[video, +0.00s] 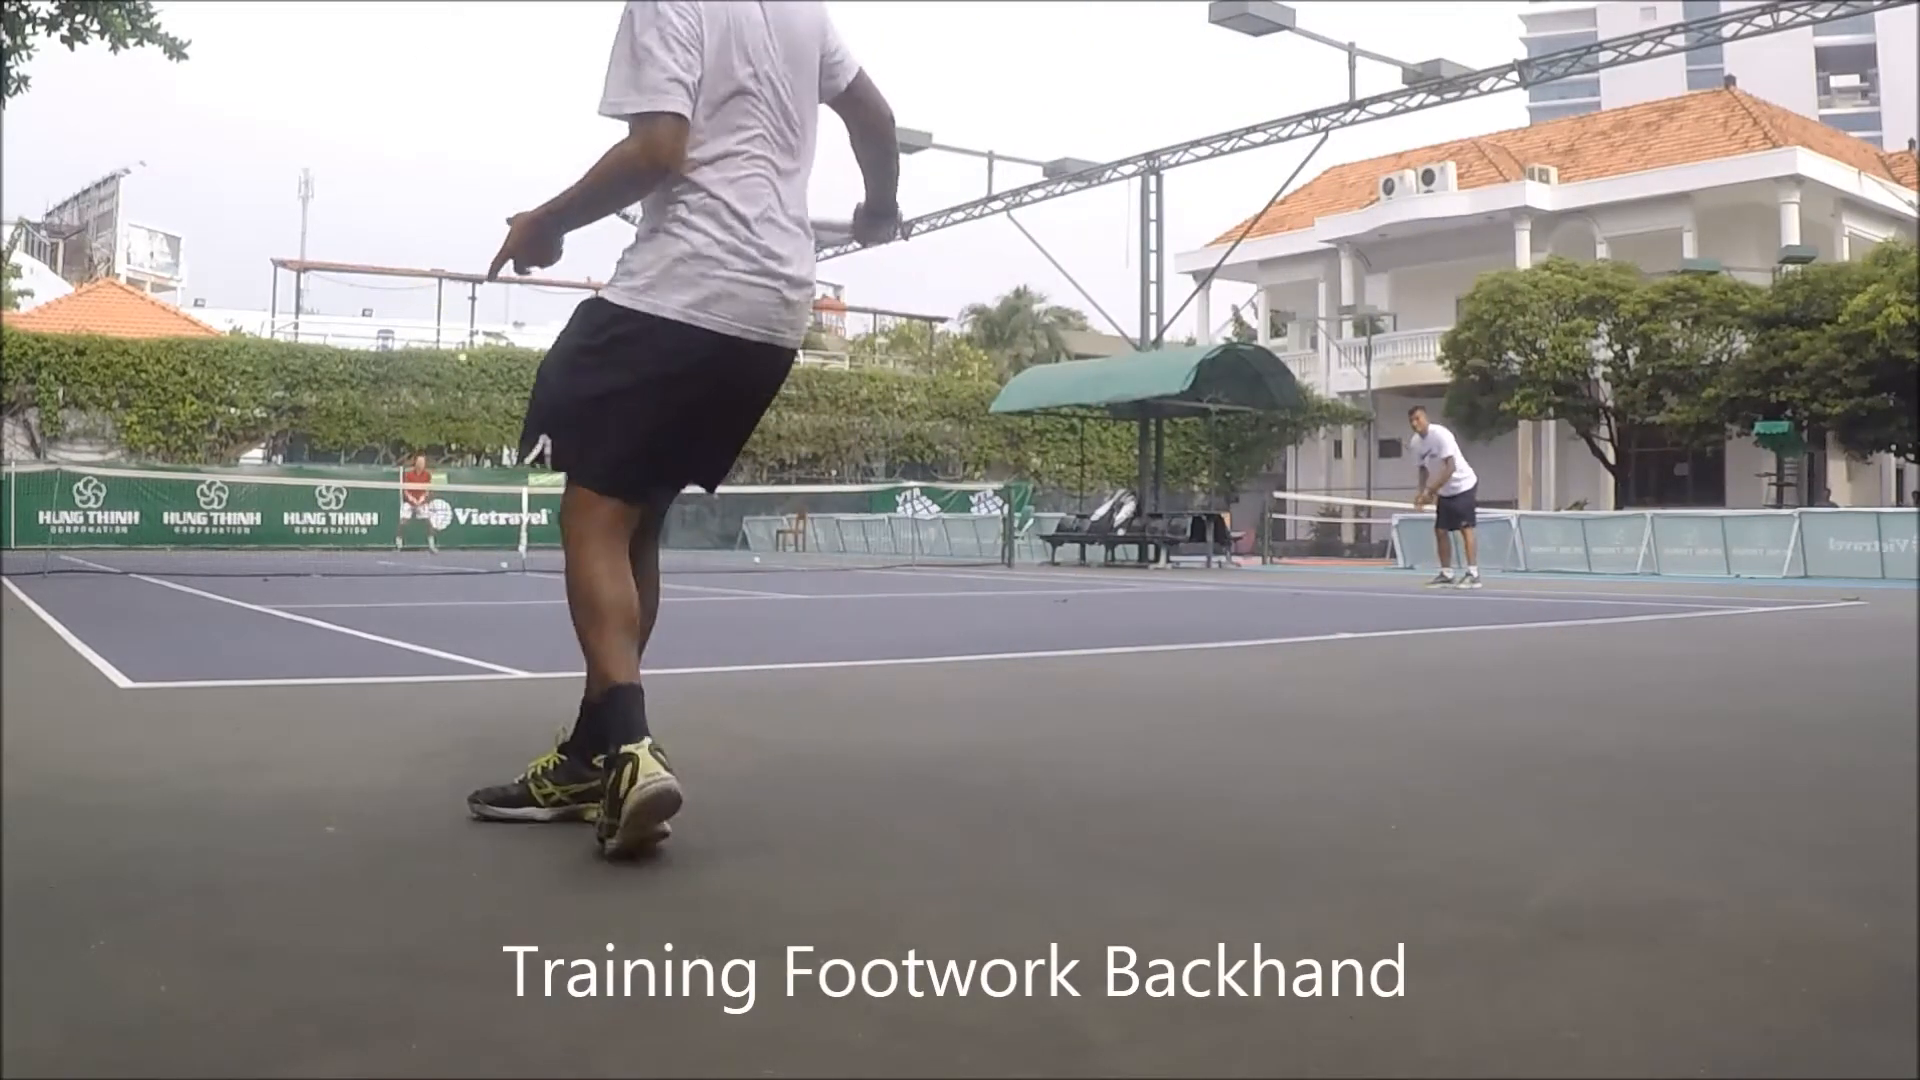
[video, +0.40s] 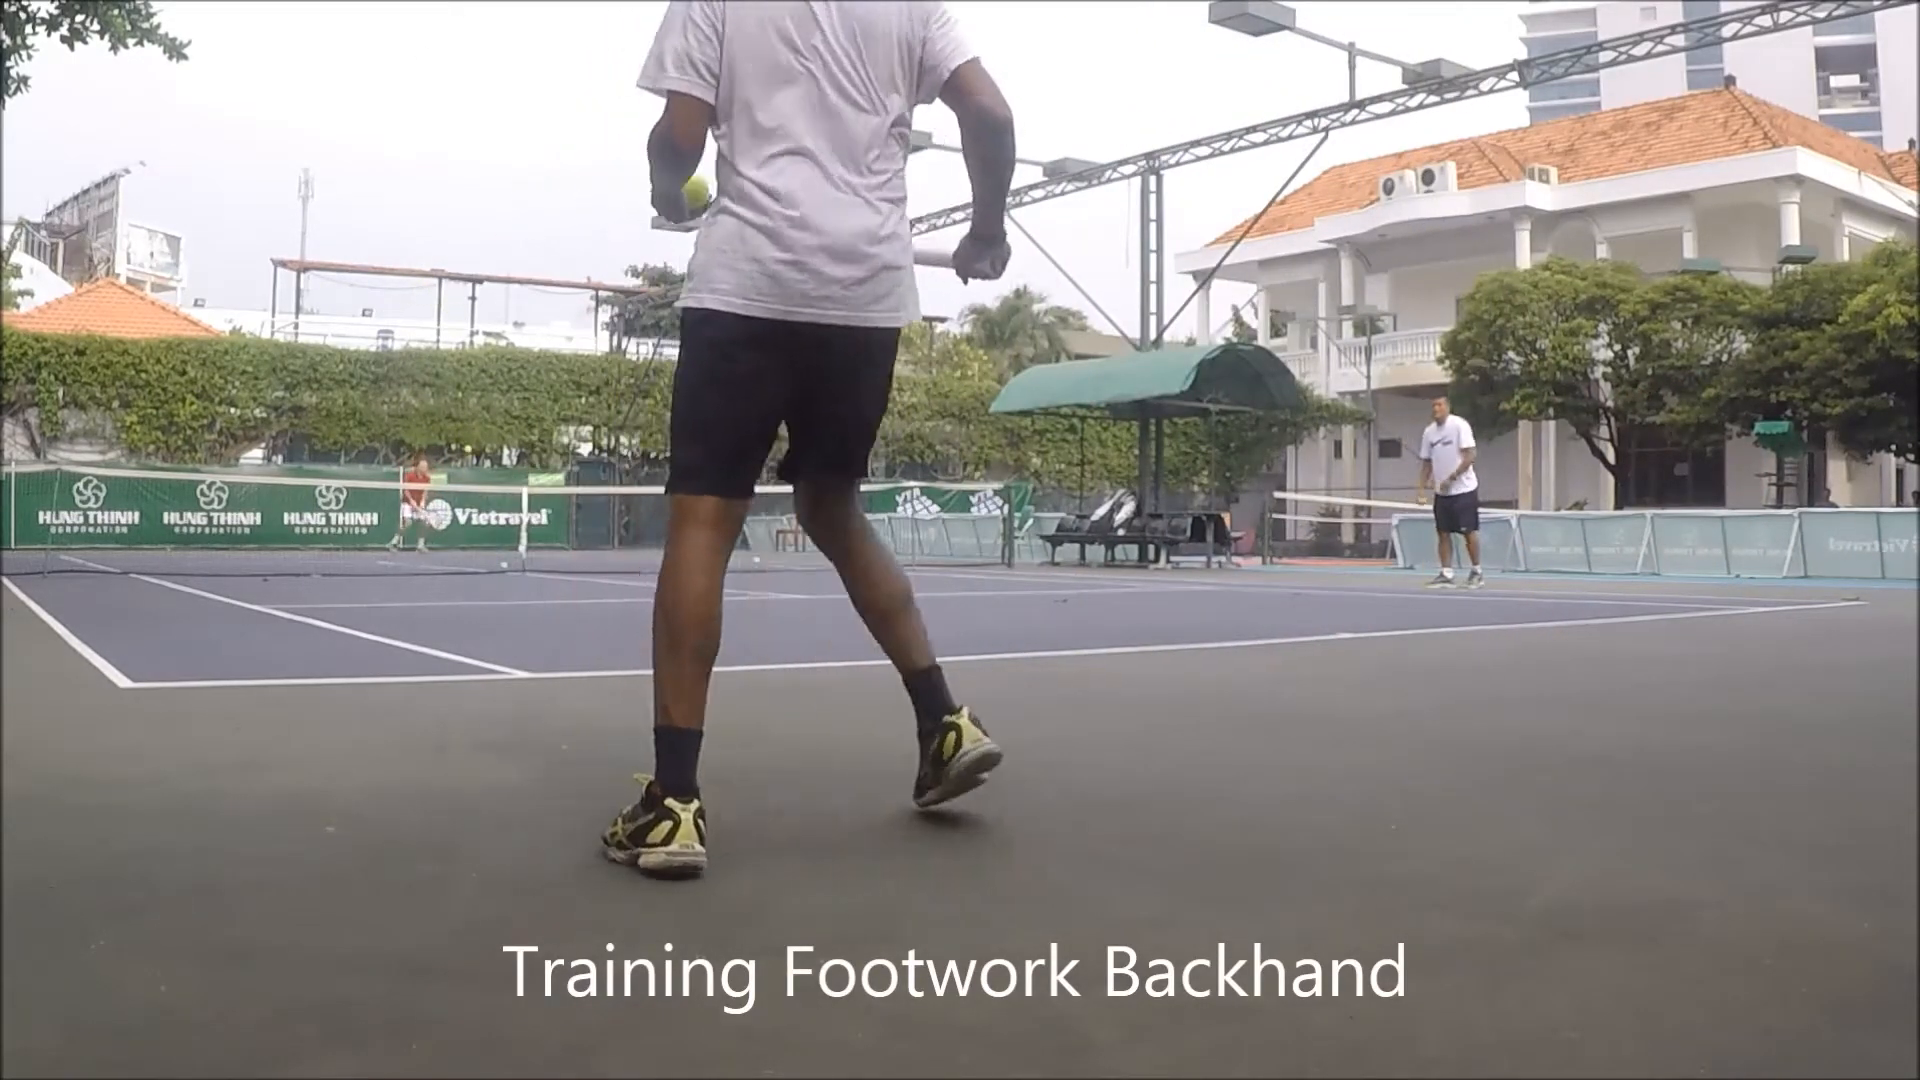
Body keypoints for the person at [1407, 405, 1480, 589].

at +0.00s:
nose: (1415, 423)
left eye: (1418, 418)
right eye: (1412, 420)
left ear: (1426, 418)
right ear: (1411, 423)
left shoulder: (1440, 434)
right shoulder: (1415, 442)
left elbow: (1451, 466)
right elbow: (1422, 469)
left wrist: (1431, 490)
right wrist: (1421, 492)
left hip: (1463, 485)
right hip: (1444, 489)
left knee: (1466, 528)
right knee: (1440, 530)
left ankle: (1473, 573)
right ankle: (1446, 573)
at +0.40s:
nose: (1436, 409)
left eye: (1439, 405)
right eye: (1434, 406)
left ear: (1448, 407)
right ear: (1432, 409)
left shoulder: (1459, 425)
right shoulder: (1428, 432)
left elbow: (1470, 455)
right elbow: (1426, 463)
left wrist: (1452, 478)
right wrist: (1421, 487)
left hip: (1464, 489)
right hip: (1442, 491)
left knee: (1469, 531)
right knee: (1443, 532)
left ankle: (1476, 571)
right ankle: (1446, 572)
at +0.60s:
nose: (1442, 409)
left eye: (1446, 404)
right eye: (1441, 405)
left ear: (1456, 405)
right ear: (1441, 407)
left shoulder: (1472, 425)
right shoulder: (1438, 429)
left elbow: (1490, 449)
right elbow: (1434, 460)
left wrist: (1479, 472)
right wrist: (1429, 487)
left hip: (1468, 489)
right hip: (1445, 490)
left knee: (1474, 533)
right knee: (1446, 532)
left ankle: (1477, 572)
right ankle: (1446, 573)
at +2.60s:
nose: (1460, 414)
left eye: (1464, 410)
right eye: (1458, 411)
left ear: (1473, 411)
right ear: (1454, 413)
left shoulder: (1484, 429)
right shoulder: (1448, 430)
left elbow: (1507, 451)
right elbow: (1435, 452)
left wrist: (1491, 473)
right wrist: (1439, 473)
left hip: (1476, 488)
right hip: (1452, 488)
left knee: (1479, 533)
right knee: (1452, 532)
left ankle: (1477, 570)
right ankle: (1451, 570)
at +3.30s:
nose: (1434, 414)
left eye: (1436, 411)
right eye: (1433, 412)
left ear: (1447, 410)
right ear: (1437, 413)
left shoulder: (1461, 428)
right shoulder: (1437, 431)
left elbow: (1484, 449)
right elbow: (1439, 455)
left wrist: (1475, 474)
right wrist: (1438, 475)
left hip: (1460, 487)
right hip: (1441, 488)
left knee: (1469, 530)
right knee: (1443, 531)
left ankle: (1476, 570)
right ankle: (1440, 570)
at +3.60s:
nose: (1421, 417)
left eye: (1423, 413)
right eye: (1421, 414)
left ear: (1432, 413)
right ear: (1428, 414)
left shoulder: (1447, 429)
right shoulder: (1429, 433)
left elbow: (1459, 456)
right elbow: (1433, 459)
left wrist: (1449, 481)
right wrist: (1429, 480)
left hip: (1444, 486)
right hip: (1431, 487)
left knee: (1443, 527)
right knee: (1437, 529)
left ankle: (1460, 564)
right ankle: (1440, 569)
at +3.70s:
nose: (1419, 417)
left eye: (1420, 413)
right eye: (1419, 414)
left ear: (1429, 412)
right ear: (1426, 413)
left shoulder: (1444, 429)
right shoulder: (1428, 433)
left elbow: (1454, 457)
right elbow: (1432, 459)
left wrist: (1440, 482)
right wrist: (1427, 482)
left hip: (1440, 487)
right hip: (1429, 487)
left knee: (1432, 525)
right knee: (1434, 528)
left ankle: (1445, 566)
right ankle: (1438, 568)